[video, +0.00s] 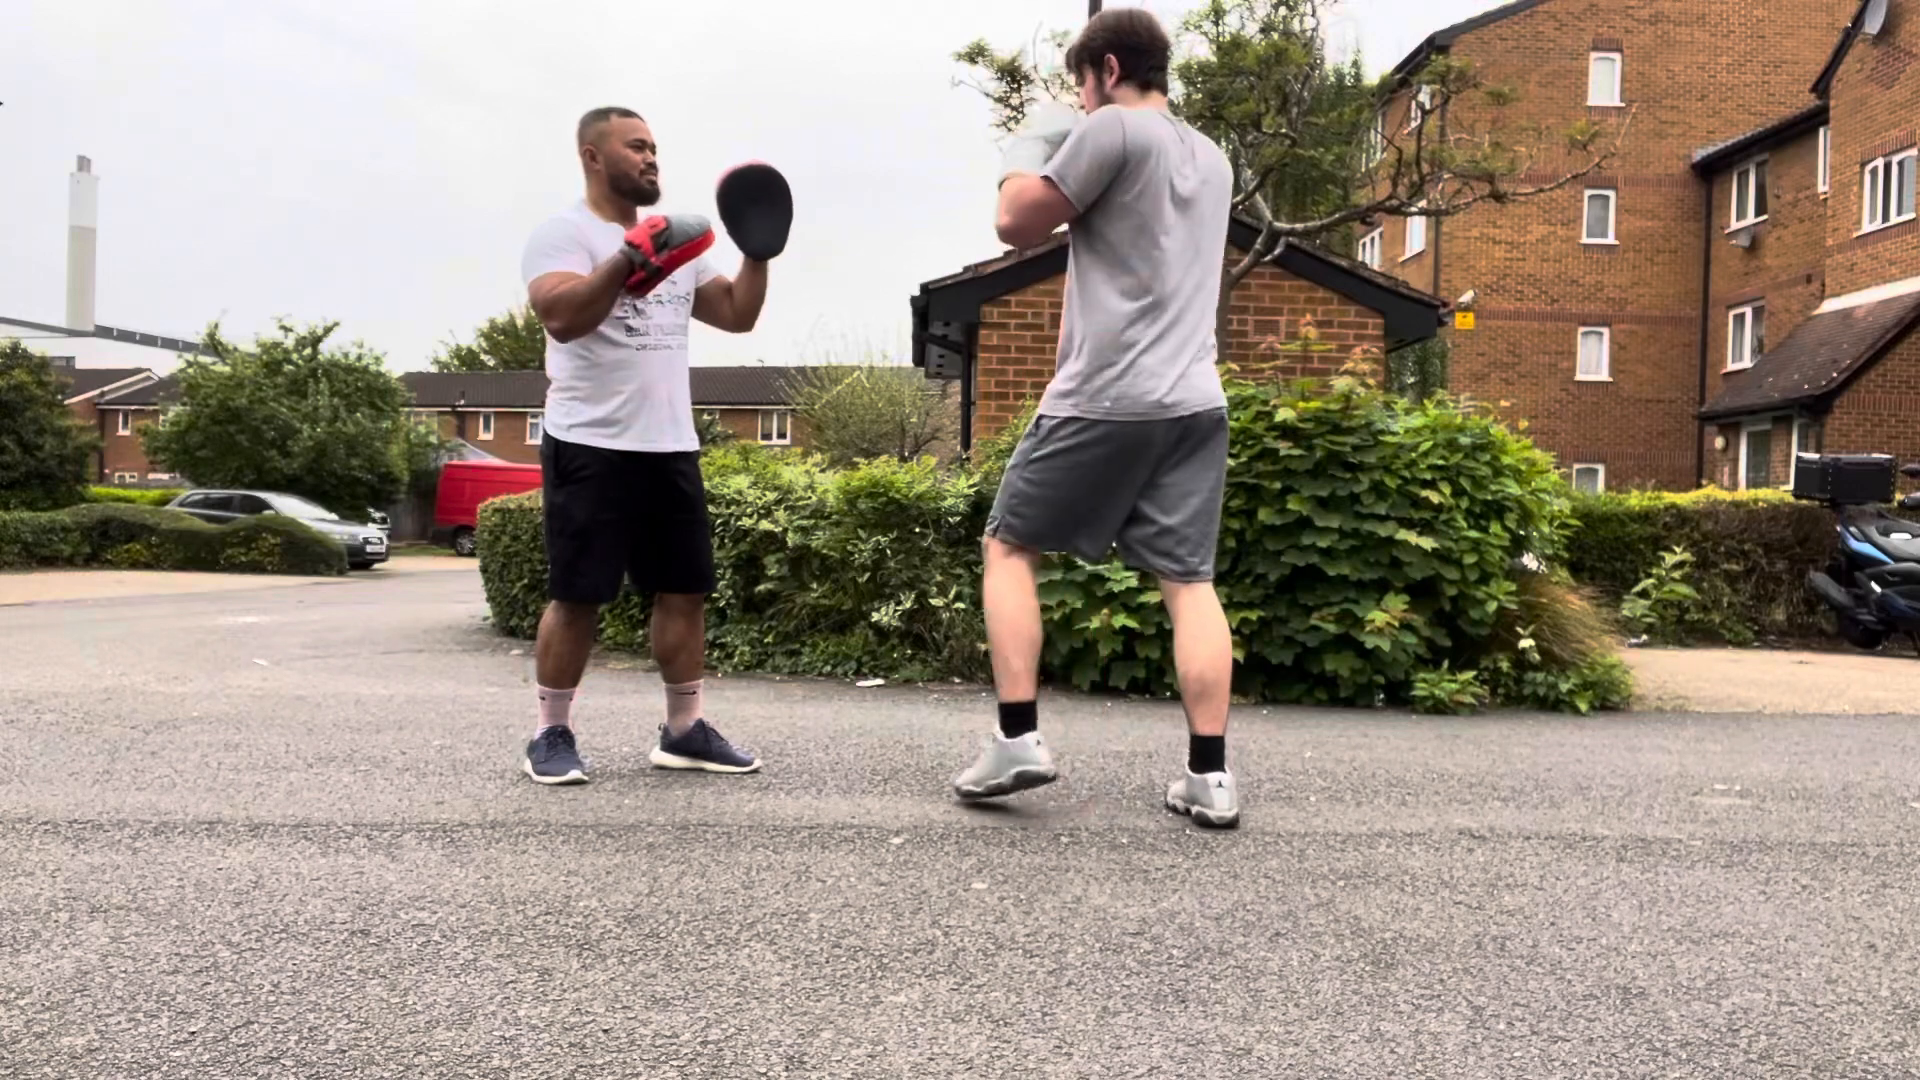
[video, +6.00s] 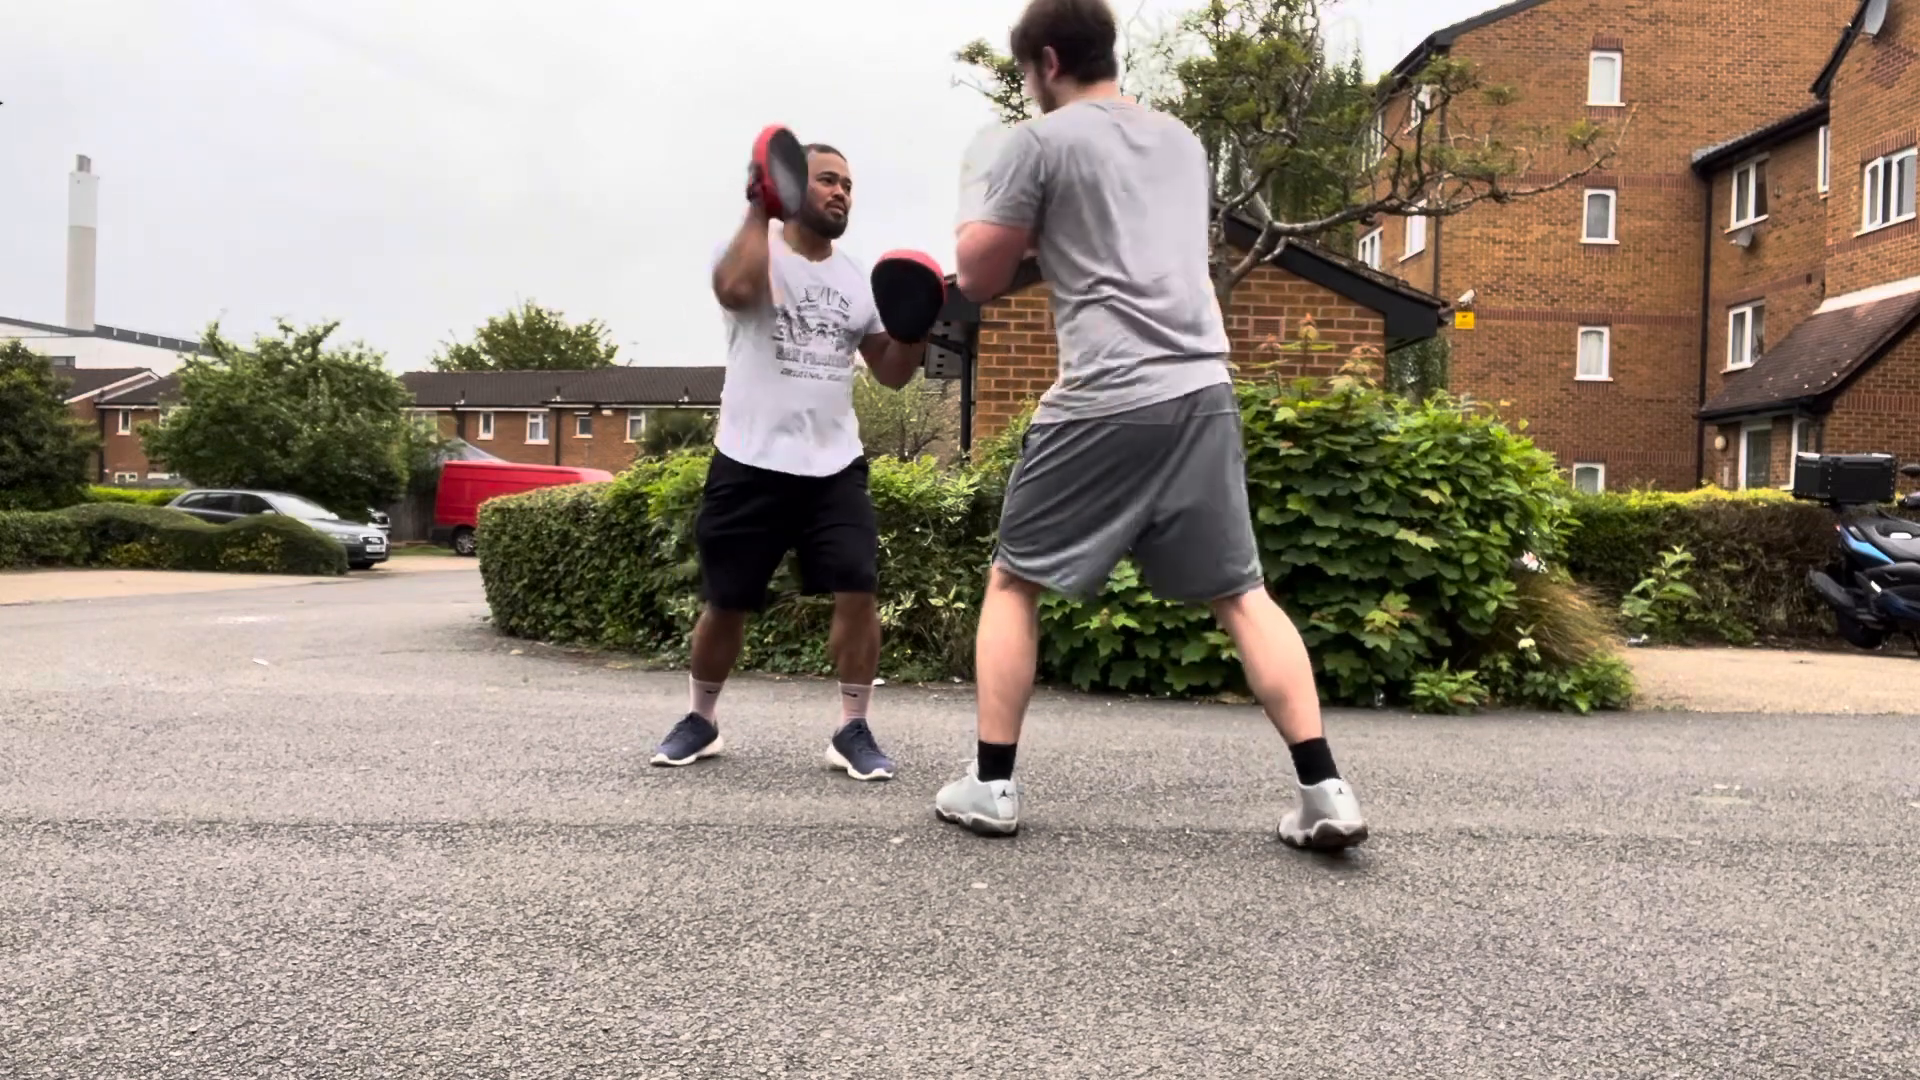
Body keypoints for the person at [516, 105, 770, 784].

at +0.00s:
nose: (652, 160)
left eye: (654, 150)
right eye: (637, 147)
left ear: (653, 164)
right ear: (592, 157)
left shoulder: (675, 243)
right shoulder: (561, 234)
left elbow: (737, 312)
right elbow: (561, 318)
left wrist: (756, 247)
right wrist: (631, 255)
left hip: (670, 443)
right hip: (587, 443)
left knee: (683, 586)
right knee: (576, 592)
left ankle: (684, 727)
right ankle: (552, 732)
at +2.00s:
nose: (739, 187)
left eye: (746, 179)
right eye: (723, 177)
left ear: (754, 194)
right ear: (688, 191)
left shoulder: (784, 259)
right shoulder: (663, 260)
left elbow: (849, 317)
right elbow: (622, 331)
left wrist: (873, 278)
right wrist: (661, 258)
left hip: (771, 456)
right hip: (686, 458)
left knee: (808, 572)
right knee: (675, 593)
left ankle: (787, 709)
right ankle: (665, 720)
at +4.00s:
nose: (762, 192)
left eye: (768, 183)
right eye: (747, 183)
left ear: (775, 196)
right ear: (712, 199)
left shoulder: (794, 268)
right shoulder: (677, 259)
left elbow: (853, 337)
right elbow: (669, 327)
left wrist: (854, 269)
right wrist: (710, 253)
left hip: (782, 460)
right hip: (698, 458)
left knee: (805, 595)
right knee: (684, 600)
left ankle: (829, 727)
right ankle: (665, 722)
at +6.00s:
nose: (842, 193)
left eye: (848, 185)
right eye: (827, 180)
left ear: (851, 201)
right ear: (790, 188)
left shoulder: (853, 274)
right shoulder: (752, 252)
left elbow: (892, 371)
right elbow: (740, 292)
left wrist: (919, 316)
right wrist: (760, 208)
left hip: (835, 462)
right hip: (751, 459)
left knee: (858, 588)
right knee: (726, 600)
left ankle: (853, 727)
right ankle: (700, 719)